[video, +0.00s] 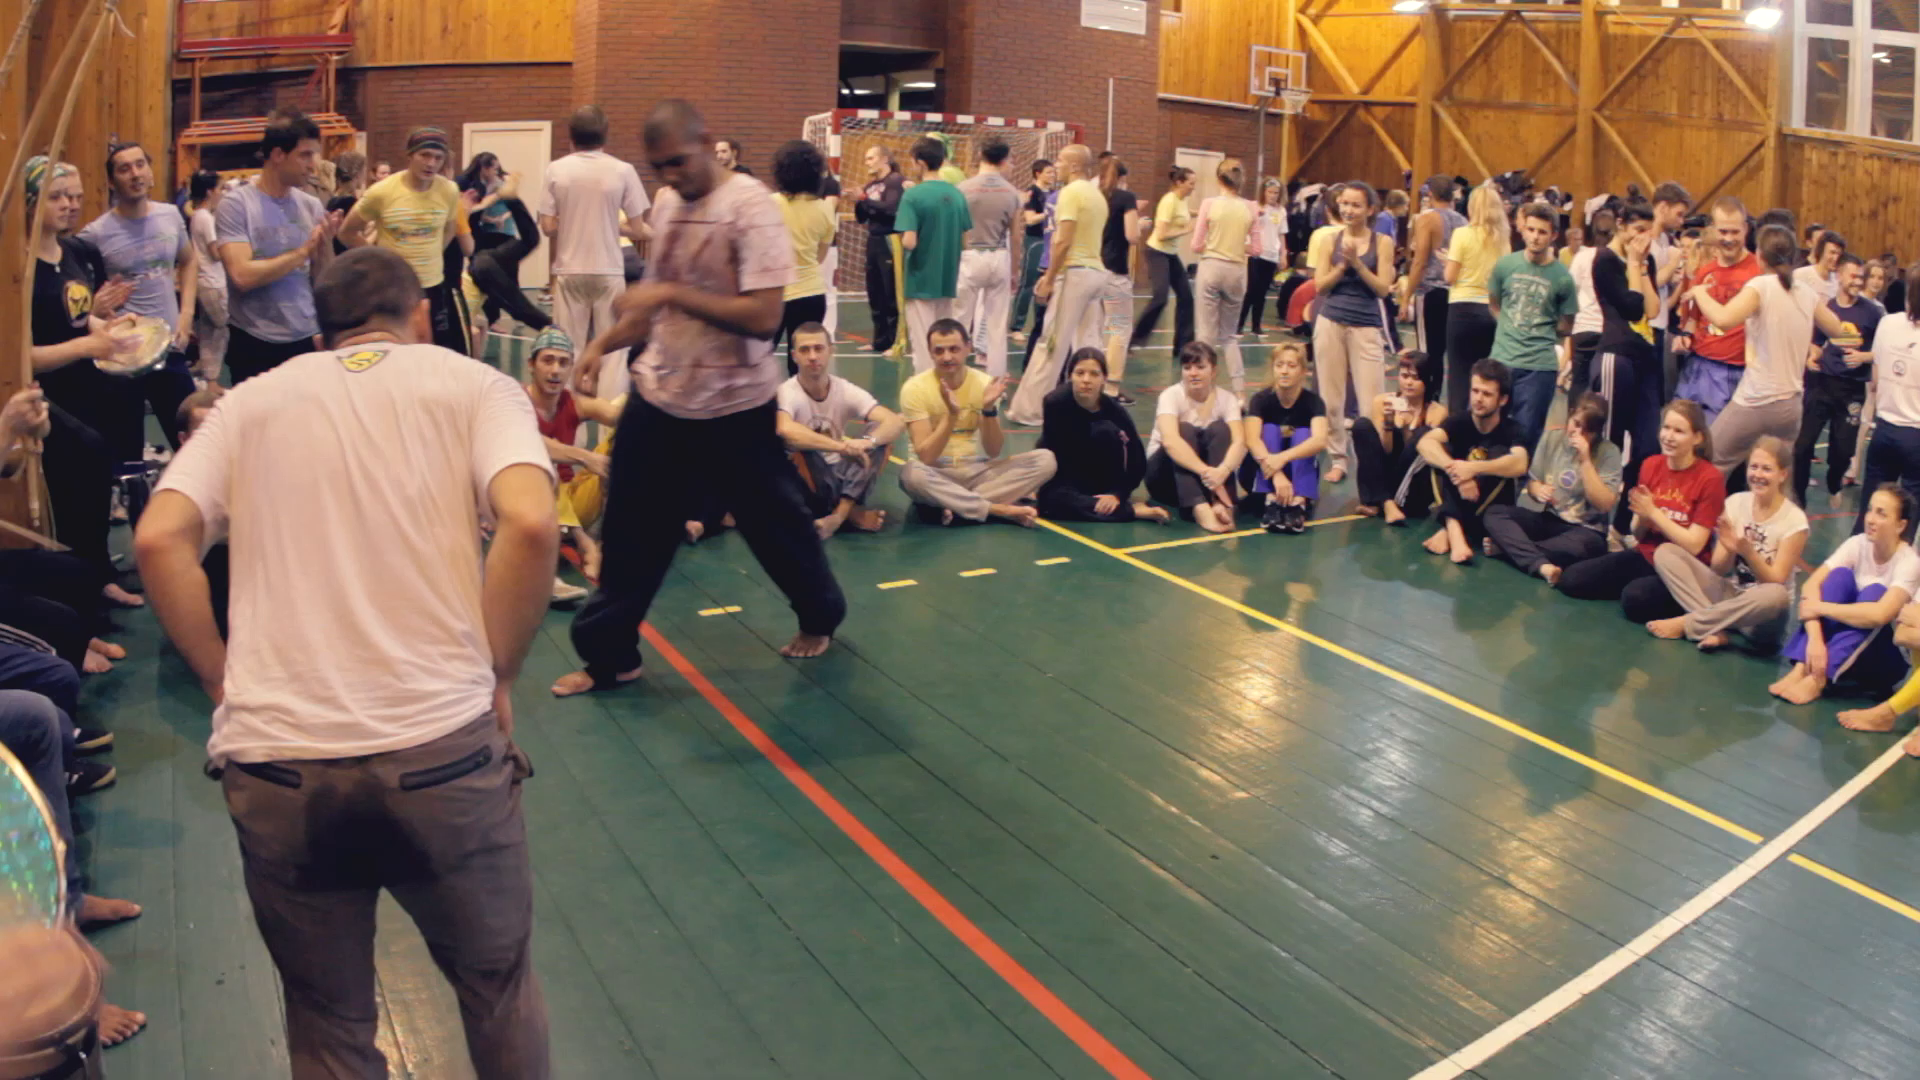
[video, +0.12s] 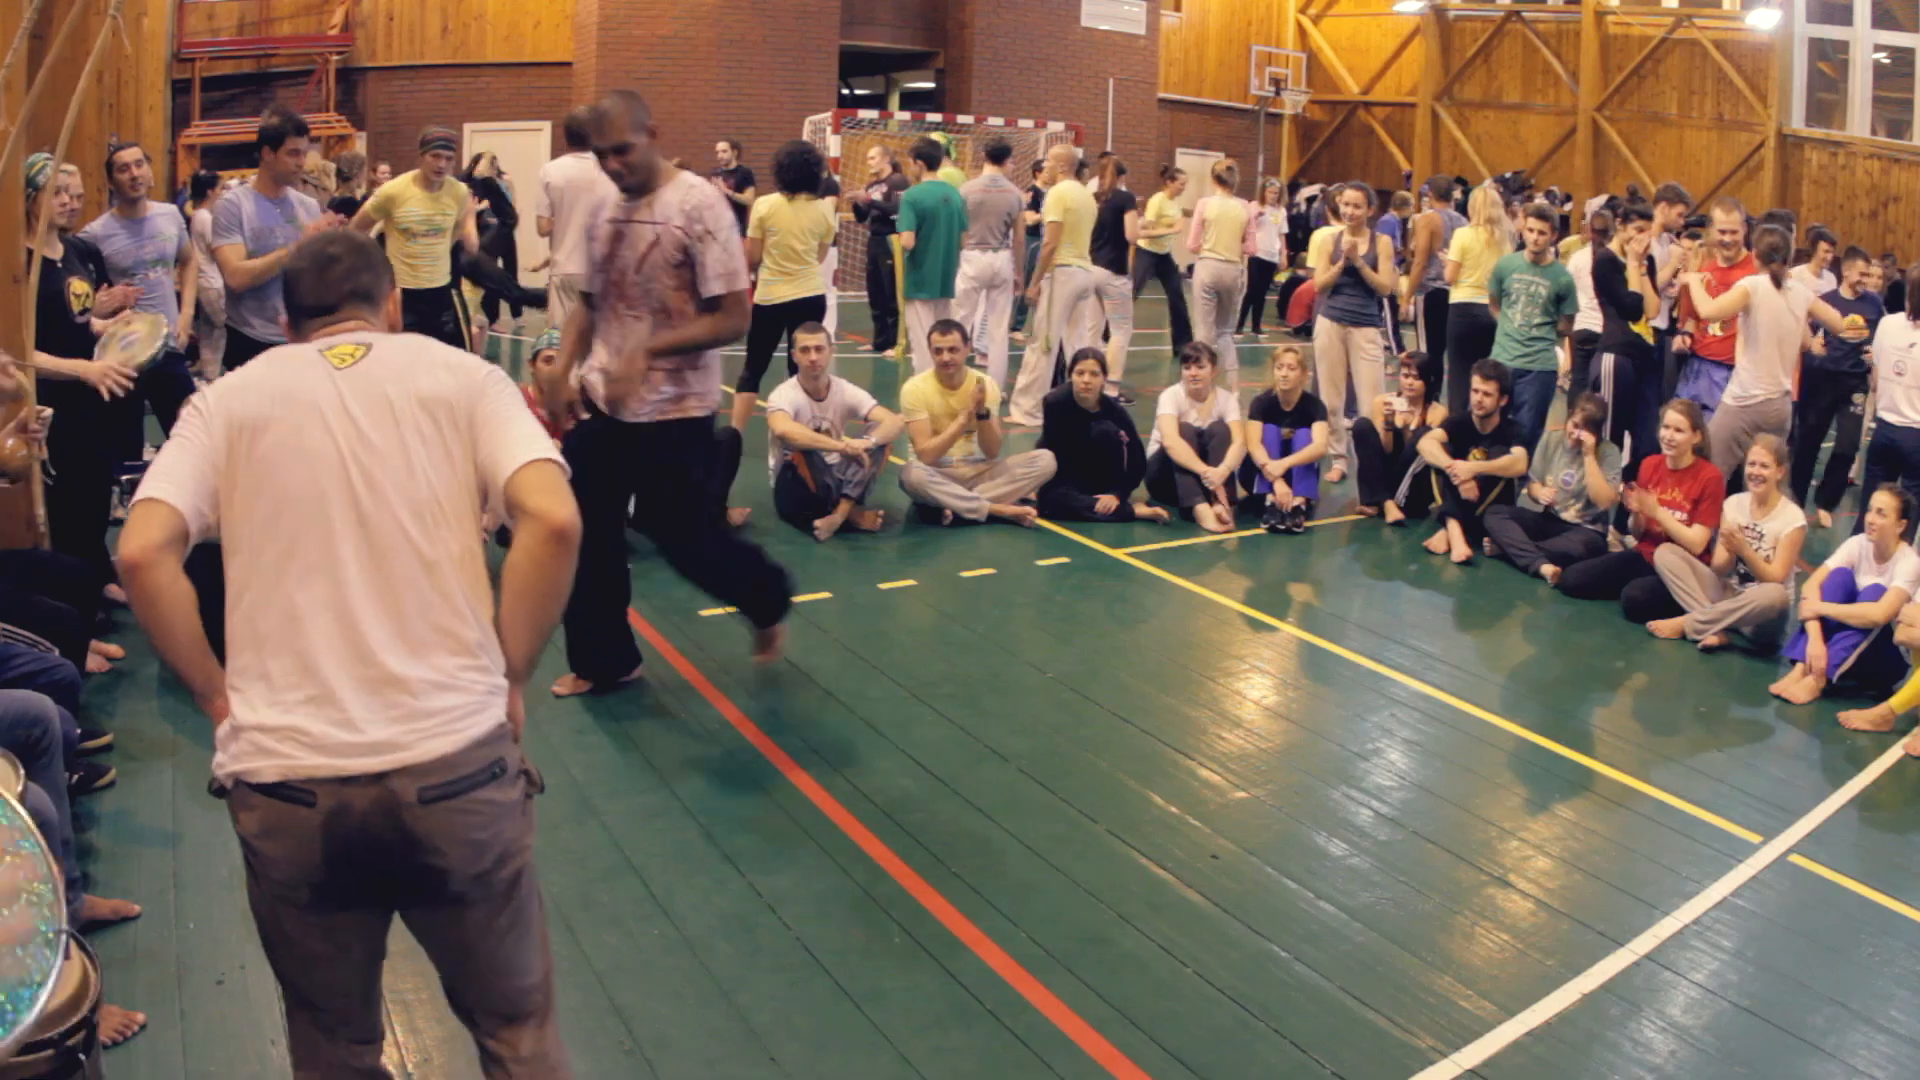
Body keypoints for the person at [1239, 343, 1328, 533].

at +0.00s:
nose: (1284, 371)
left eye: (1291, 366)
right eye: (1279, 365)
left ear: (1304, 372)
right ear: (1273, 369)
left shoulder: (1313, 401)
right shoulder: (1260, 400)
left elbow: (1319, 441)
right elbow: (1252, 439)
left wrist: (1282, 458)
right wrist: (1276, 475)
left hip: (1298, 478)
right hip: (1262, 476)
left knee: (1303, 433)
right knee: (1270, 429)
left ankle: (1298, 499)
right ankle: (1271, 499)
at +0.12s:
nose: (1284, 374)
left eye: (1291, 369)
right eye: (1279, 368)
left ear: (1304, 374)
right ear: (1273, 371)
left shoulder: (1314, 405)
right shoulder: (1261, 403)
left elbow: (1321, 447)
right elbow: (1253, 444)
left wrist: (1283, 464)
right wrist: (1277, 482)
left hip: (1298, 480)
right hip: (1262, 478)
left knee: (1304, 434)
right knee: (1270, 430)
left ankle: (1299, 500)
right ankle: (1270, 499)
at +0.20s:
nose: (1284, 375)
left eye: (1291, 370)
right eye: (1279, 369)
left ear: (1305, 375)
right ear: (1273, 372)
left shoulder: (1315, 406)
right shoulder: (1261, 403)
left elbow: (1321, 450)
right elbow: (1253, 446)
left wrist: (1283, 467)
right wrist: (1277, 483)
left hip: (1299, 480)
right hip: (1263, 478)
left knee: (1305, 434)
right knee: (1269, 430)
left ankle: (1299, 500)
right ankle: (1271, 499)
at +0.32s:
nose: (1284, 375)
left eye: (1291, 370)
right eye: (1279, 369)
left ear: (1305, 375)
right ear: (1273, 372)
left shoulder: (1316, 406)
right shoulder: (1261, 403)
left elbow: (1321, 450)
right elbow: (1252, 445)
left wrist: (1283, 468)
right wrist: (1277, 483)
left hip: (1299, 481)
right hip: (1263, 477)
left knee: (1306, 434)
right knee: (1269, 430)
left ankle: (1299, 500)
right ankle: (1270, 499)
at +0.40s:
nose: (1283, 375)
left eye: (1290, 370)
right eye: (1279, 369)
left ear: (1304, 375)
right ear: (1273, 371)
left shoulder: (1316, 405)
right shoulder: (1261, 402)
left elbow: (1321, 448)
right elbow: (1251, 443)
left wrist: (1283, 466)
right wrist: (1277, 480)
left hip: (1299, 480)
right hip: (1263, 477)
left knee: (1306, 434)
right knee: (1268, 430)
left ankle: (1300, 500)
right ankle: (1271, 498)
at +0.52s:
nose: (1282, 375)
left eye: (1289, 370)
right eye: (1278, 369)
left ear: (1302, 374)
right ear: (1273, 371)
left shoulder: (1315, 404)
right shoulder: (1261, 401)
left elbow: (1321, 447)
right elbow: (1252, 443)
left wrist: (1283, 465)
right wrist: (1277, 479)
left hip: (1299, 480)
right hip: (1263, 477)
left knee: (1306, 434)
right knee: (1268, 430)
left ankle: (1300, 499)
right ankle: (1271, 498)